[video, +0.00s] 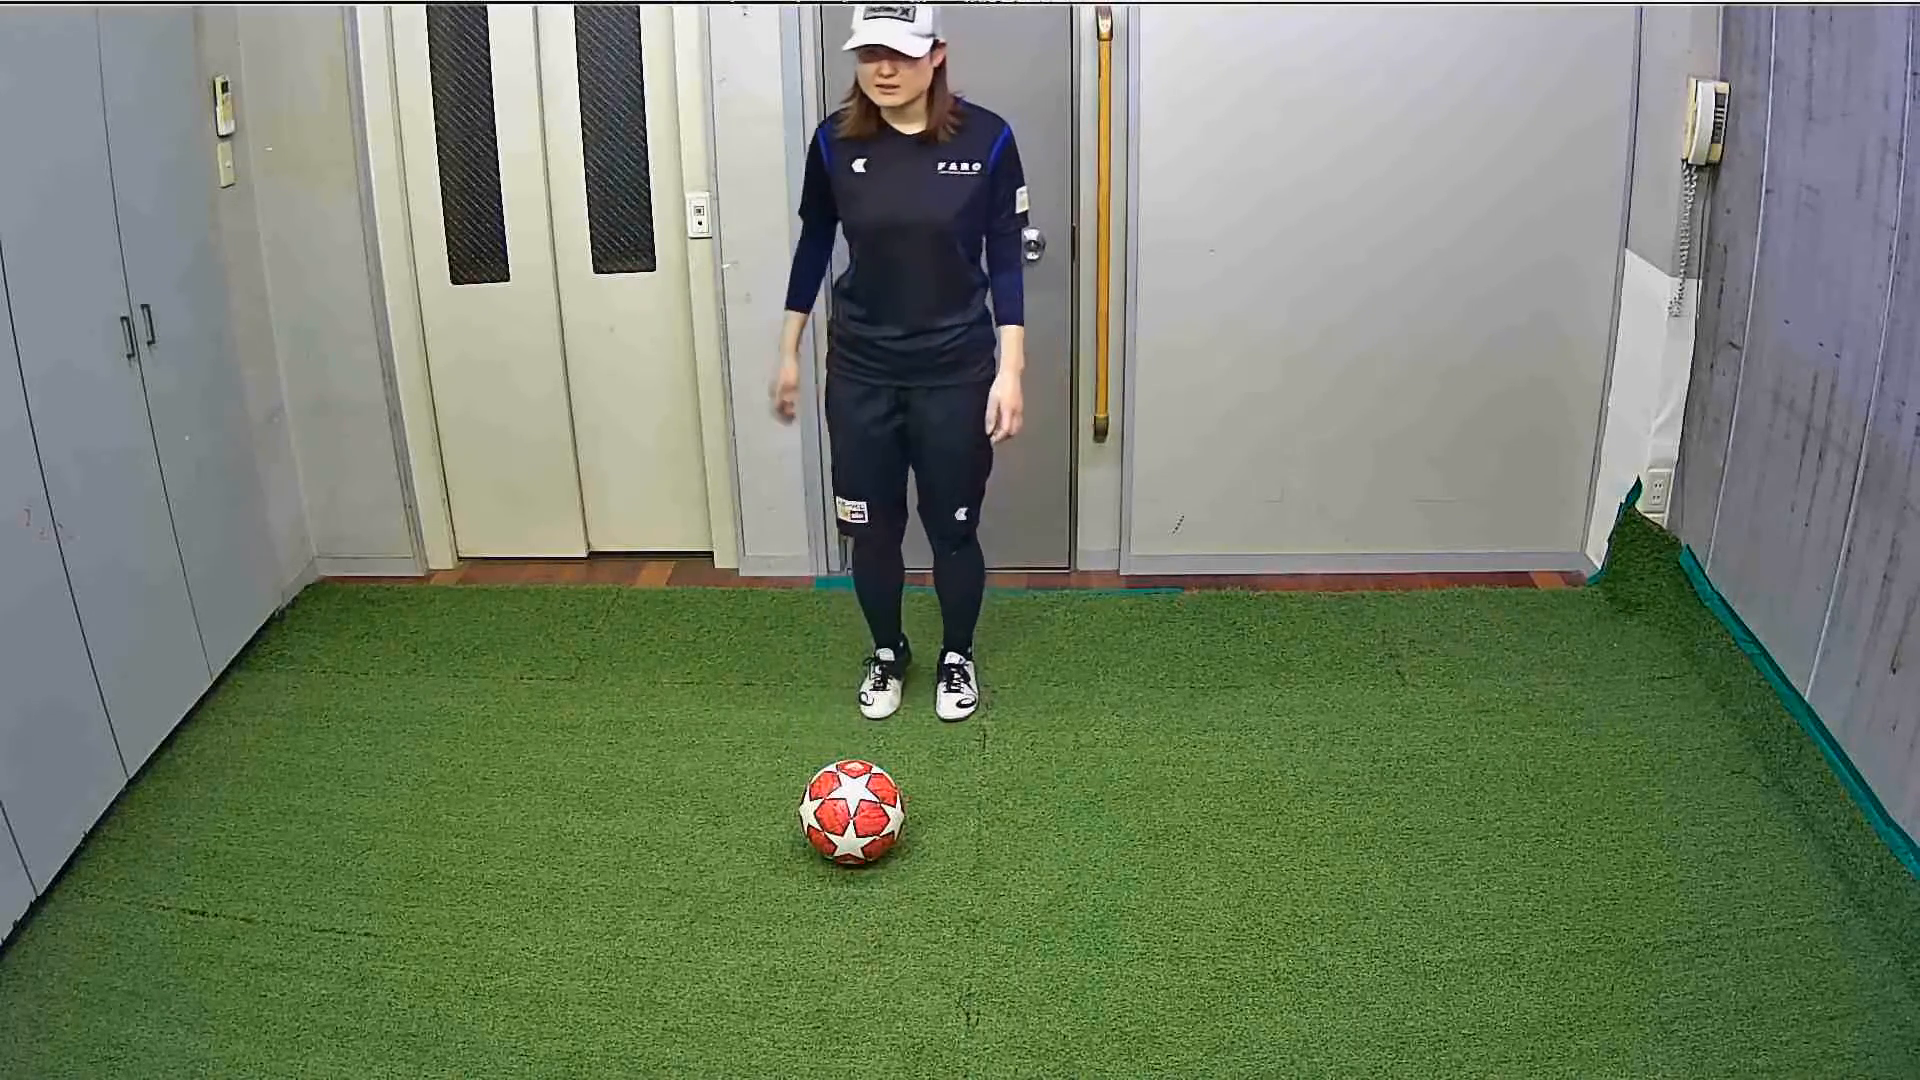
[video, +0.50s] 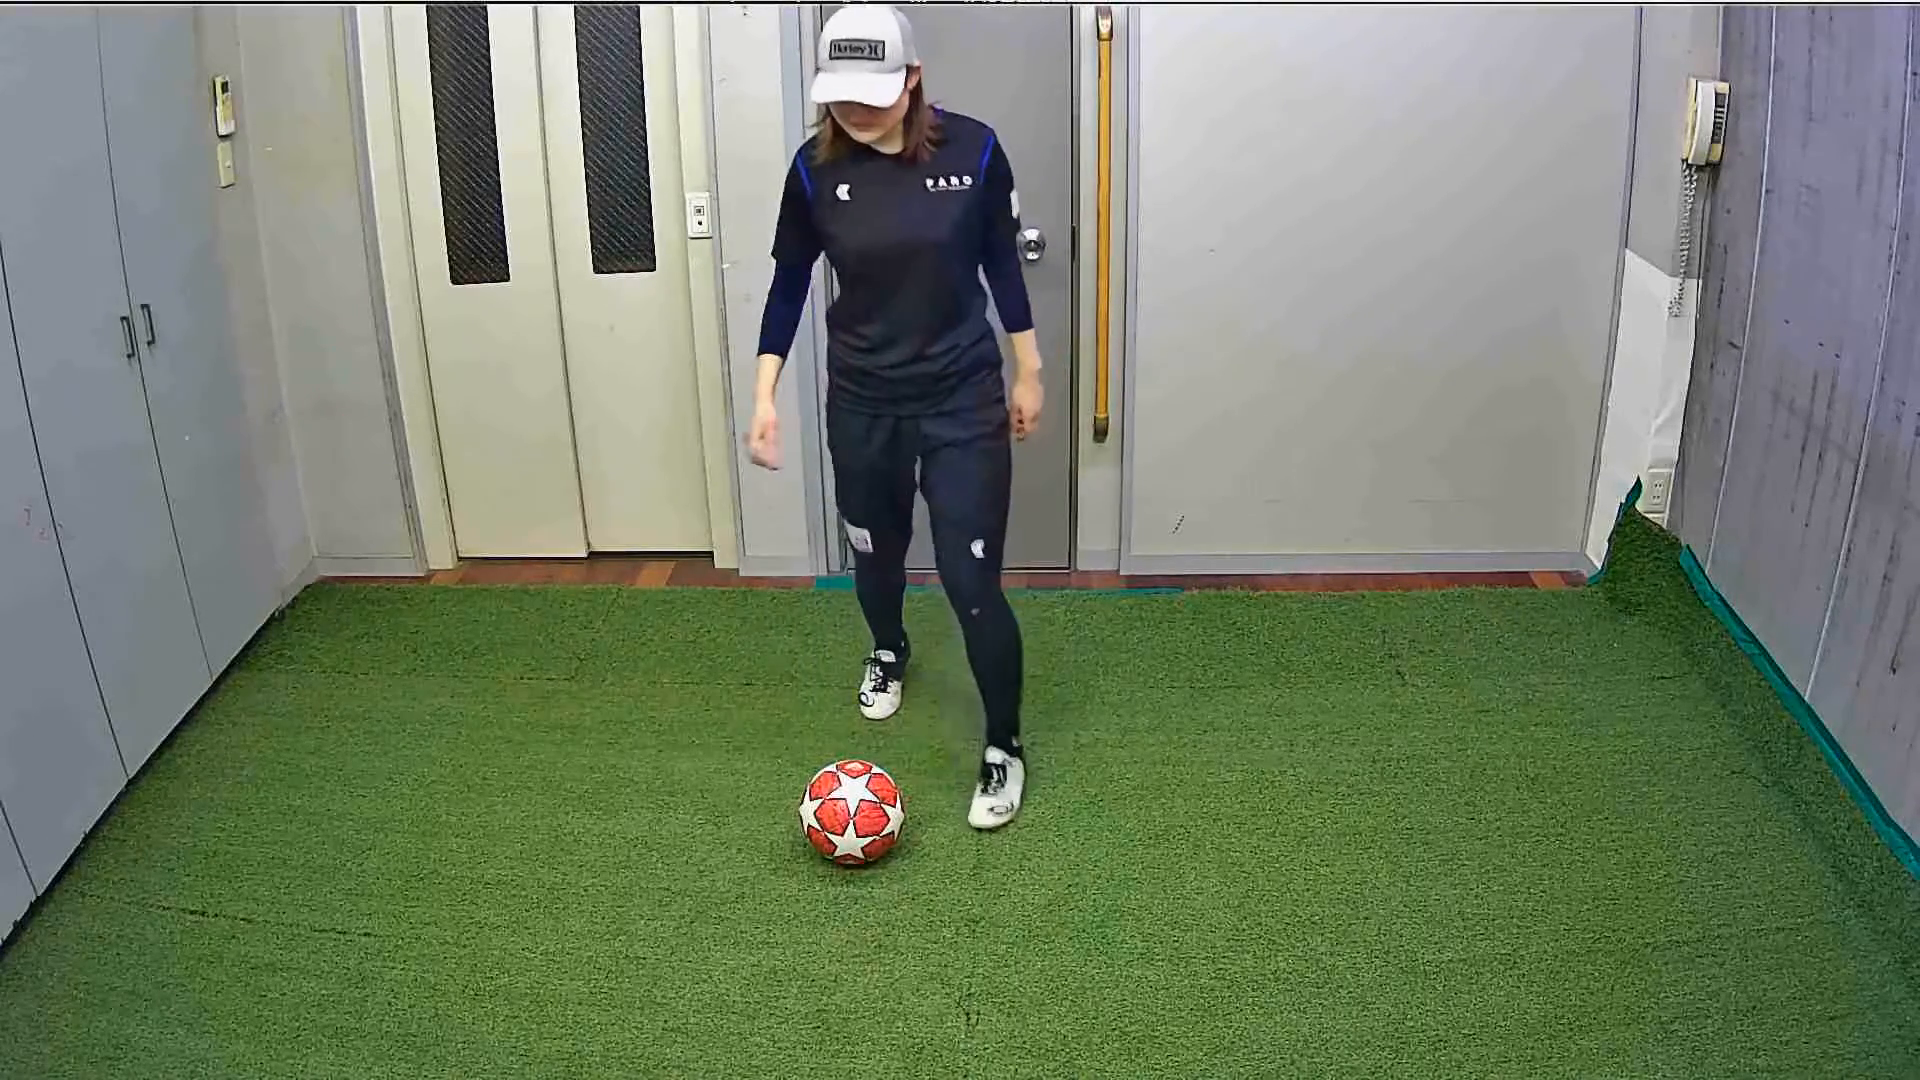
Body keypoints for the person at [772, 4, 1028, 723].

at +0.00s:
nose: (883, 70)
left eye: (900, 56)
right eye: (870, 55)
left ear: (936, 57)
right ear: (856, 61)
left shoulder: (987, 138)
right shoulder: (835, 140)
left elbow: (1006, 257)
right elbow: (814, 241)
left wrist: (1010, 370)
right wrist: (789, 348)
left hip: (954, 367)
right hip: (859, 367)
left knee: (953, 528)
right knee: (867, 526)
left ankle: (956, 659)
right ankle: (887, 655)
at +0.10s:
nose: (873, 75)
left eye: (890, 60)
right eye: (860, 59)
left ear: (926, 60)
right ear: (845, 63)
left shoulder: (978, 142)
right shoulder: (826, 144)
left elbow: (996, 262)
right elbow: (806, 250)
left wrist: (1006, 377)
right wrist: (779, 356)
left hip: (949, 372)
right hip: (853, 373)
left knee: (945, 534)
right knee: (866, 530)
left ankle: (957, 657)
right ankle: (887, 654)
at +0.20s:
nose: (861, 84)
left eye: (878, 69)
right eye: (847, 70)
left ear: (914, 68)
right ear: (830, 73)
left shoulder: (967, 146)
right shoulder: (814, 155)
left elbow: (991, 264)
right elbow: (793, 265)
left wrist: (1006, 375)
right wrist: (776, 377)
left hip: (946, 380)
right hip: (849, 382)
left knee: (942, 554)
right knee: (863, 547)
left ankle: (959, 656)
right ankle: (887, 654)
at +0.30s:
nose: (859, 92)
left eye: (876, 77)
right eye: (844, 77)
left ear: (911, 72)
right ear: (825, 77)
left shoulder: (965, 148)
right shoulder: (811, 160)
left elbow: (990, 263)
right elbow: (790, 274)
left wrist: (1009, 372)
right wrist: (776, 387)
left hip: (949, 383)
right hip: (849, 386)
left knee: (949, 565)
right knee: (864, 549)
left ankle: (964, 667)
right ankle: (887, 658)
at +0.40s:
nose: (854, 98)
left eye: (871, 83)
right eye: (839, 84)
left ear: (908, 73)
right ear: (820, 80)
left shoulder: (966, 146)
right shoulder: (812, 161)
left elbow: (995, 254)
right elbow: (790, 275)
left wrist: (1016, 367)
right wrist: (775, 389)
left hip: (953, 382)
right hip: (853, 388)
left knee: (962, 570)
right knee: (868, 549)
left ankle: (982, 715)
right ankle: (887, 655)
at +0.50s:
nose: (857, 106)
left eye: (874, 90)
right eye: (842, 91)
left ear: (912, 80)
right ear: (823, 86)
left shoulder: (972, 150)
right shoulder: (815, 168)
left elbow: (1003, 260)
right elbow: (789, 278)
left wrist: (1028, 369)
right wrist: (765, 393)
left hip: (962, 392)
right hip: (861, 397)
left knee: (971, 577)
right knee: (873, 553)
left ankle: (1003, 750)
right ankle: (888, 654)